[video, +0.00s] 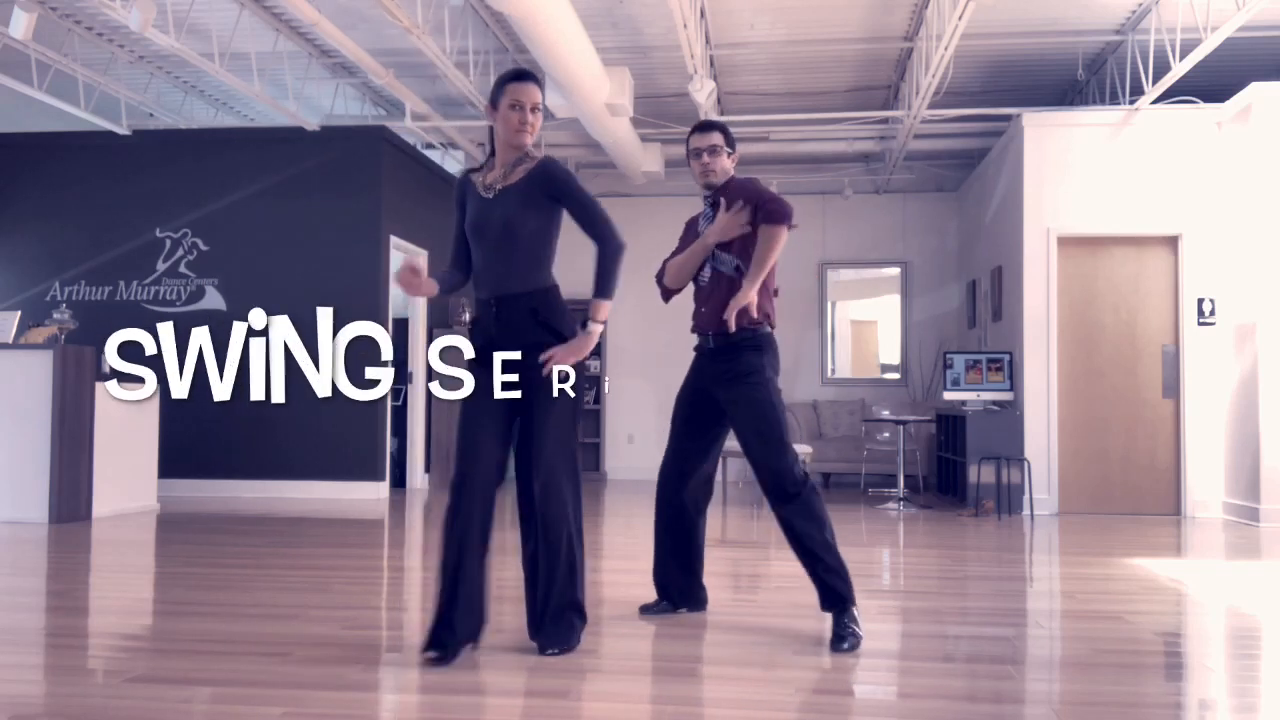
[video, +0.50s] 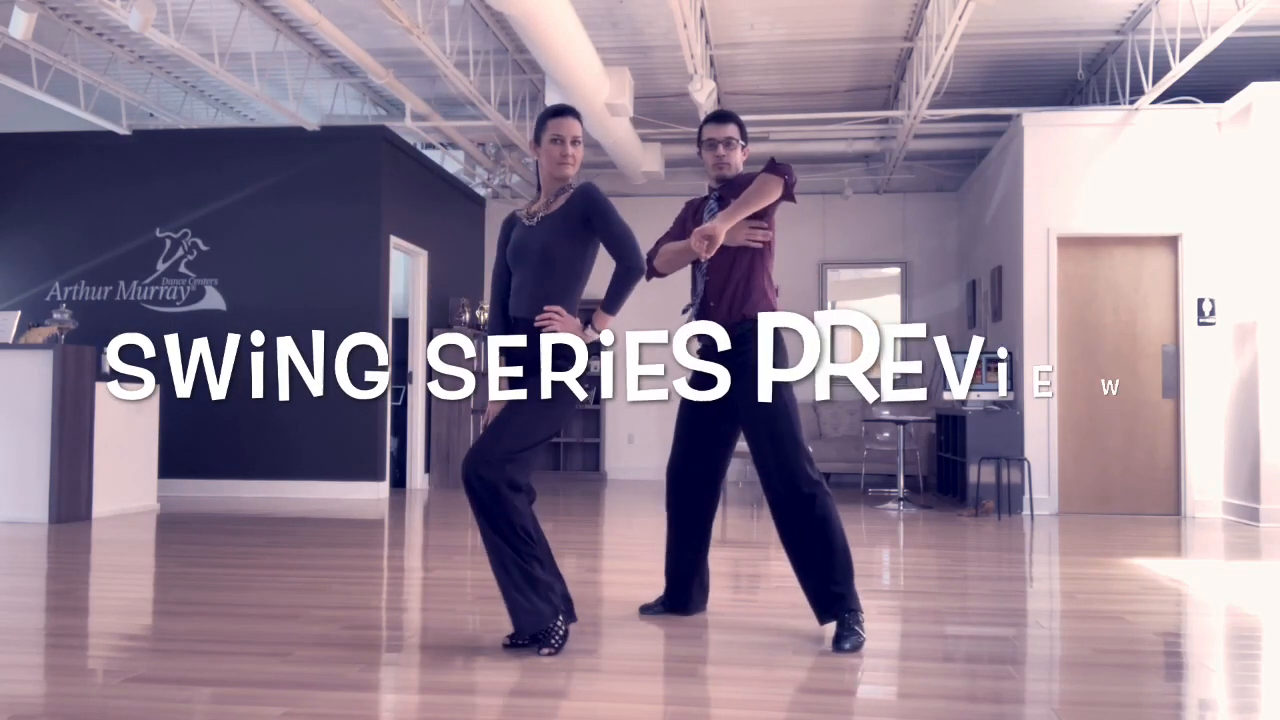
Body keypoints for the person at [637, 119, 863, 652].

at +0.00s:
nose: (705, 160)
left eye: (714, 152)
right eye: (696, 155)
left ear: (732, 156)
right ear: (689, 164)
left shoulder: (745, 191)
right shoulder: (697, 222)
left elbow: (780, 217)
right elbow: (669, 282)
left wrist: (750, 288)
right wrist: (711, 236)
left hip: (747, 351)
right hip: (707, 359)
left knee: (783, 478)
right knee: (681, 477)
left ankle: (841, 605)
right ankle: (681, 591)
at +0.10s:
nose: (709, 154)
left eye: (718, 146)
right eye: (700, 148)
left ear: (736, 151)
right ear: (692, 157)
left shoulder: (748, 185)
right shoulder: (697, 217)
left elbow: (777, 195)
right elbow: (667, 282)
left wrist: (741, 256)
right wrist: (710, 245)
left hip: (754, 352)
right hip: (712, 360)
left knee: (788, 478)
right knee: (690, 478)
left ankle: (843, 606)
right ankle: (682, 591)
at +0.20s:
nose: (716, 152)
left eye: (725, 143)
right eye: (706, 145)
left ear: (742, 148)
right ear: (697, 154)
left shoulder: (758, 186)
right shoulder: (697, 212)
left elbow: (777, 189)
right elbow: (655, 274)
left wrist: (720, 228)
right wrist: (689, 241)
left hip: (757, 344)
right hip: (714, 355)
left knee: (792, 477)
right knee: (693, 476)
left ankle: (844, 608)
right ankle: (684, 592)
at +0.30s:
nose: (719, 153)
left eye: (727, 144)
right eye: (709, 146)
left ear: (746, 149)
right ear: (699, 155)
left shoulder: (766, 185)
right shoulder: (694, 208)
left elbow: (765, 198)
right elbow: (649, 257)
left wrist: (713, 222)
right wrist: (679, 236)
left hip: (757, 343)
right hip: (711, 352)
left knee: (795, 475)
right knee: (694, 474)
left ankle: (845, 610)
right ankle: (687, 593)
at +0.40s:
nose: (720, 153)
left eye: (728, 144)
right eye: (710, 146)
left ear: (745, 148)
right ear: (699, 154)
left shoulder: (764, 184)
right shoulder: (694, 207)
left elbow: (773, 192)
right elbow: (651, 258)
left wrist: (716, 223)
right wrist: (682, 239)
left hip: (756, 344)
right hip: (710, 350)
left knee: (793, 475)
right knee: (692, 473)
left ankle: (846, 609)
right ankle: (686, 593)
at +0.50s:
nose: (720, 152)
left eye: (729, 144)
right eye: (711, 145)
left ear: (744, 148)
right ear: (699, 154)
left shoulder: (760, 184)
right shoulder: (694, 210)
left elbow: (778, 180)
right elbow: (655, 264)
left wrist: (722, 221)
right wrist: (695, 244)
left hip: (757, 346)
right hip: (706, 350)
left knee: (792, 476)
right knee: (688, 475)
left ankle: (844, 609)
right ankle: (684, 593)